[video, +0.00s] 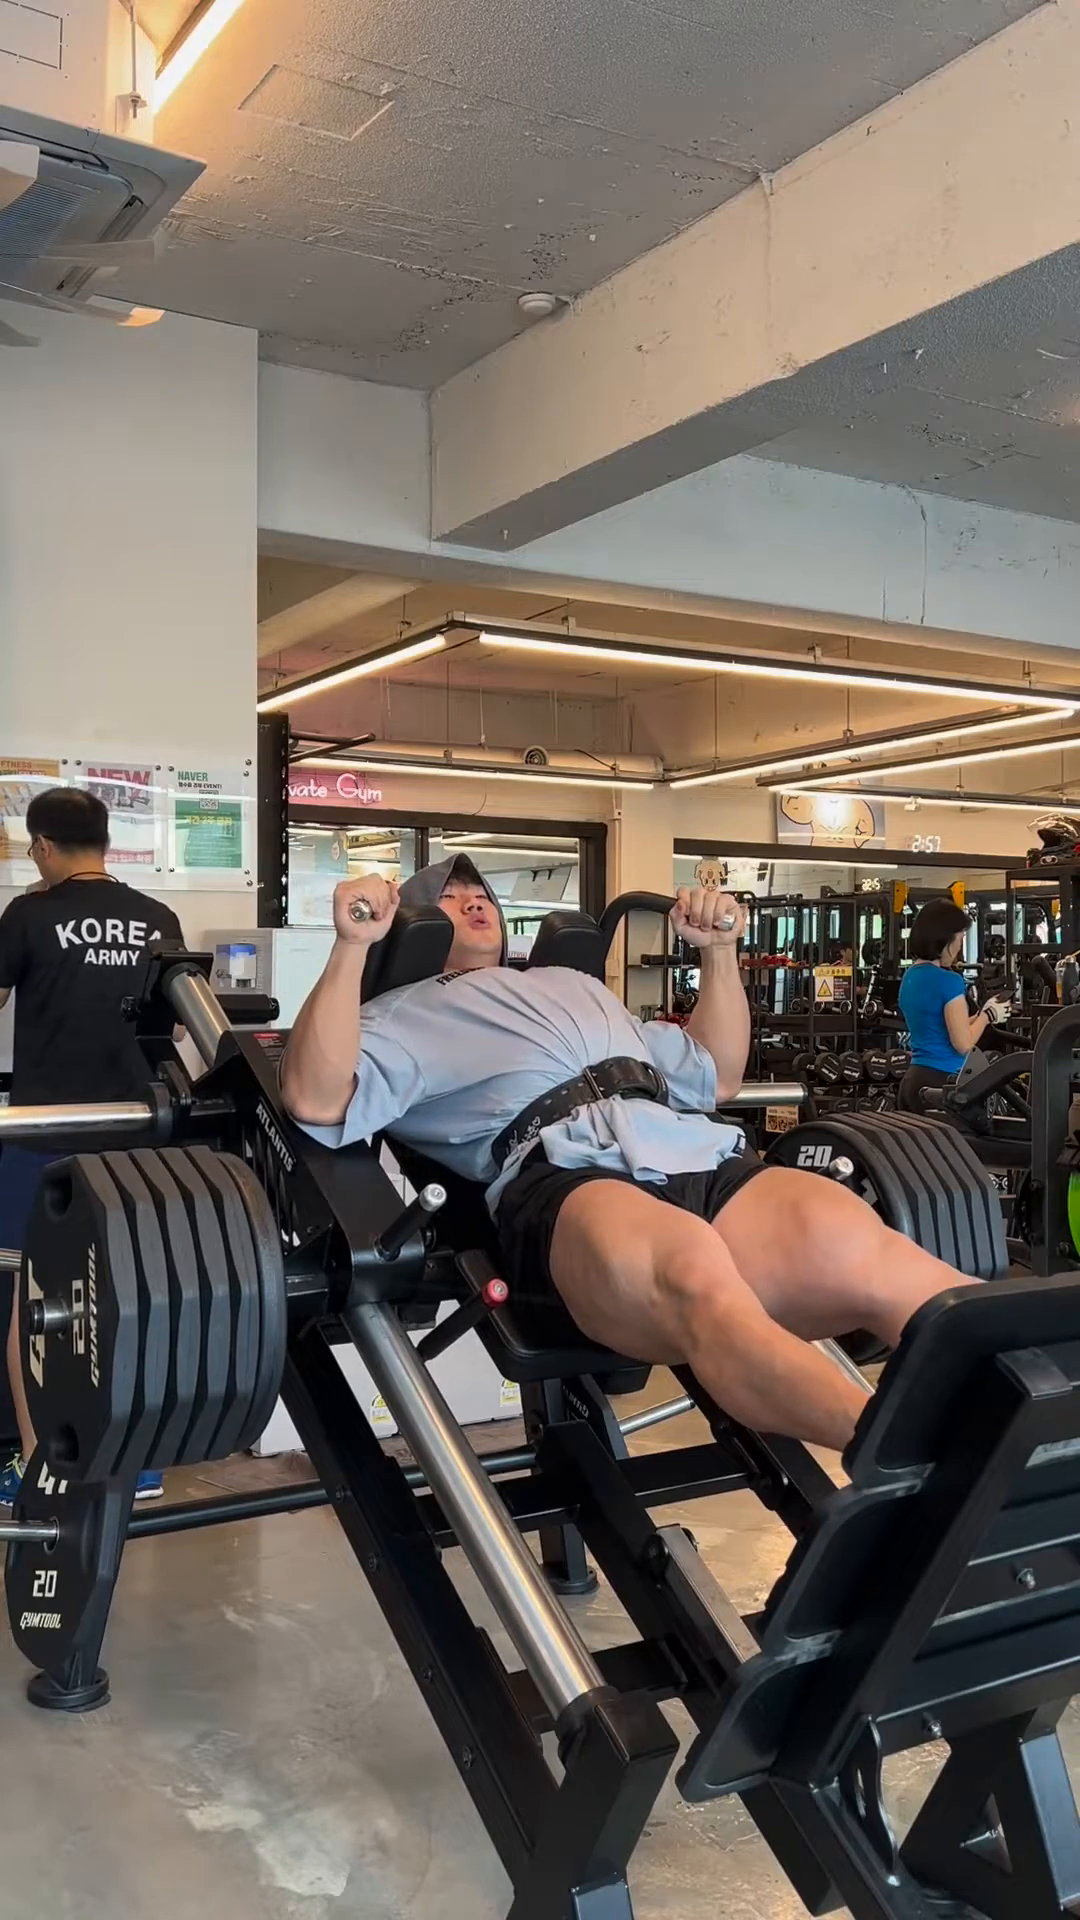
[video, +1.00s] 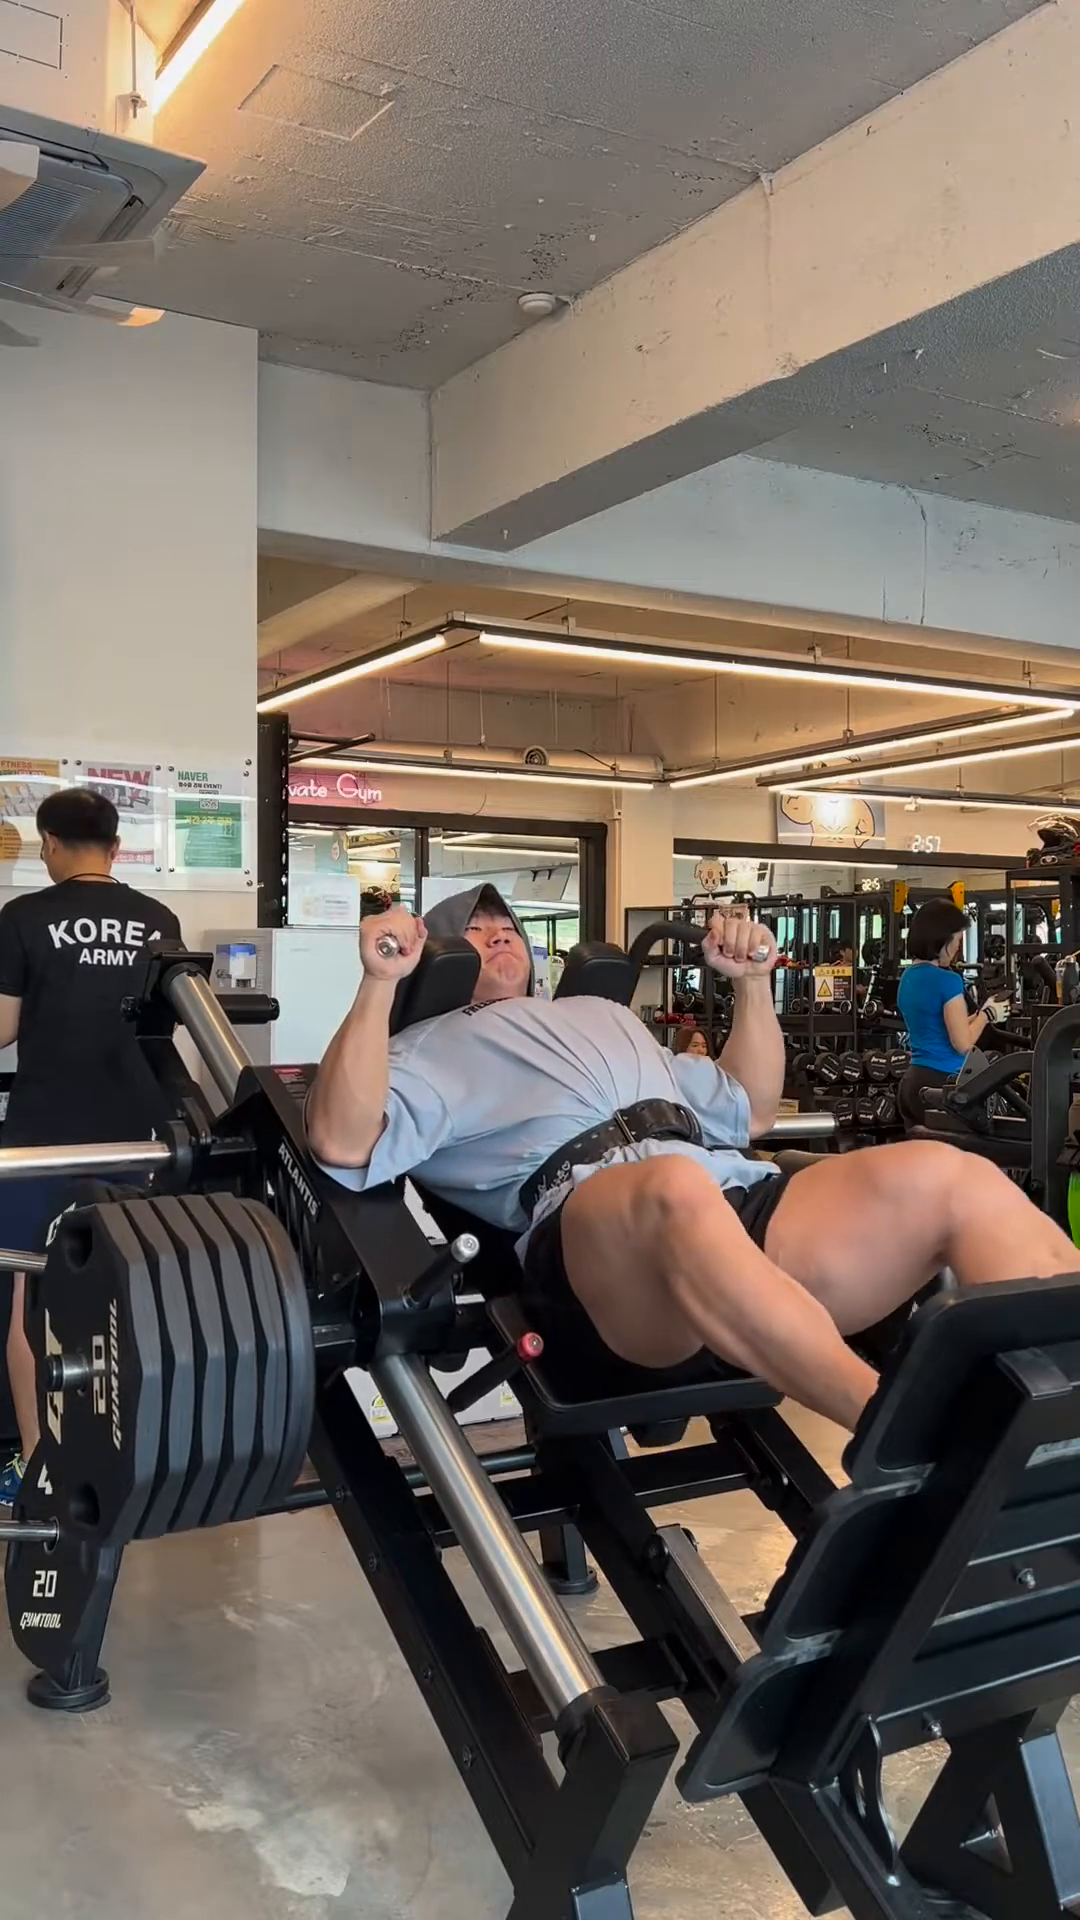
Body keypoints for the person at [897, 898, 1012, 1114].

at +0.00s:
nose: (960, 947)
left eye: (961, 939)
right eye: (960, 939)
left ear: (926, 935)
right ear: (946, 940)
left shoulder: (909, 978)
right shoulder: (949, 981)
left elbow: (929, 1032)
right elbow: (963, 1043)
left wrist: (975, 1016)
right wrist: (989, 1015)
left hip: (915, 1076)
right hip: (948, 1081)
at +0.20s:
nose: (960, 948)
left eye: (961, 941)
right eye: (959, 940)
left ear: (926, 935)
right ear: (945, 941)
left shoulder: (909, 978)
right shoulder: (949, 981)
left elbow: (927, 1031)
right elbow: (963, 1043)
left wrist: (973, 1014)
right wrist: (989, 1015)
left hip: (915, 1076)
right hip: (949, 1081)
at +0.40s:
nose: (960, 948)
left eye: (960, 941)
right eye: (959, 940)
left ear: (925, 935)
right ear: (945, 940)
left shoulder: (908, 978)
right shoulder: (948, 981)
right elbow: (963, 1043)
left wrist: (975, 1016)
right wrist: (989, 1014)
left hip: (915, 1076)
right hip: (948, 1082)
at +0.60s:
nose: (959, 948)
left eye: (960, 940)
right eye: (958, 940)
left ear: (924, 935)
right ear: (945, 940)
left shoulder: (908, 978)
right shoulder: (948, 981)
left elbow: (932, 1033)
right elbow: (963, 1043)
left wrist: (977, 1015)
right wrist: (989, 1015)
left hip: (914, 1077)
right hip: (947, 1083)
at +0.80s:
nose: (960, 946)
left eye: (960, 939)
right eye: (958, 939)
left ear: (923, 935)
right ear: (946, 940)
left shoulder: (907, 978)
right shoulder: (948, 981)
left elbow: (930, 1034)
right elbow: (963, 1043)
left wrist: (975, 1014)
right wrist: (987, 1014)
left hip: (914, 1077)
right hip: (946, 1084)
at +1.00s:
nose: (959, 946)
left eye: (960, 939)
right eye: (958, 939)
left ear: (924, 936)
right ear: (944, 940)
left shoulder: (907, 978)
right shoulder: (948, 981)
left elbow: (929, 1034)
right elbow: (963, 1043)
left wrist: (973, 1013)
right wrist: (987, 1014)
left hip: (914, 1078)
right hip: (946, 1084)